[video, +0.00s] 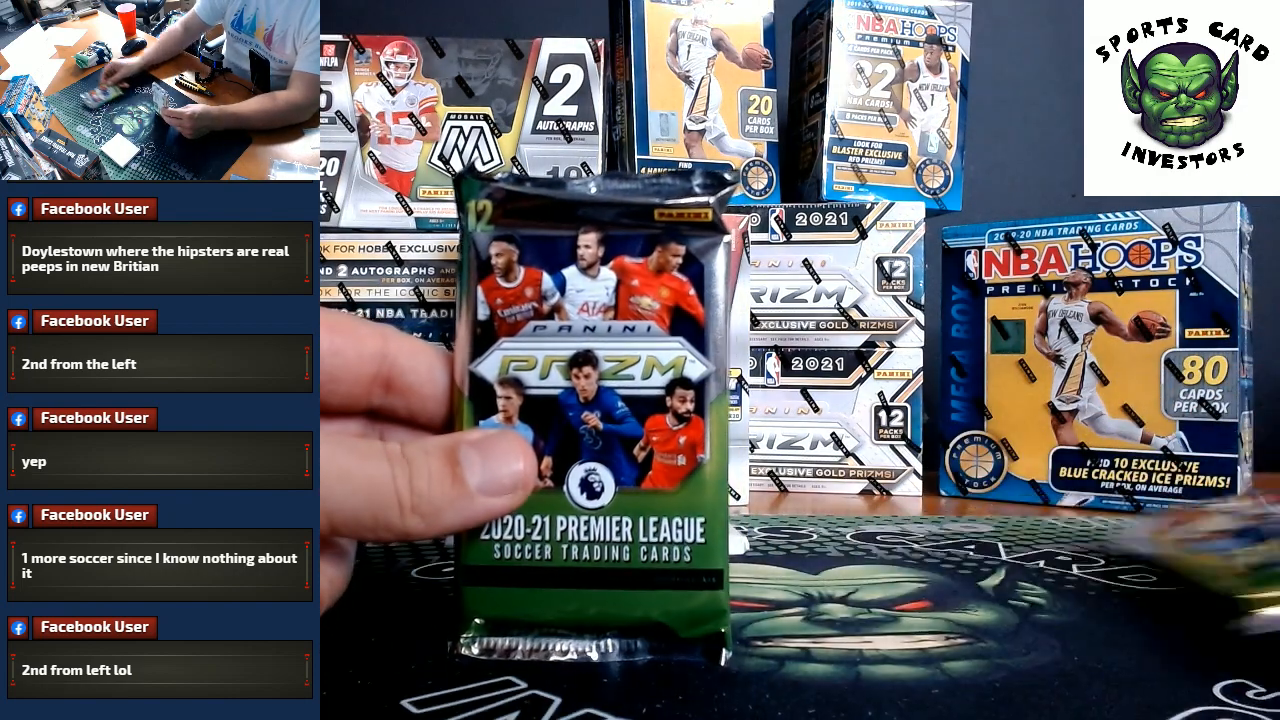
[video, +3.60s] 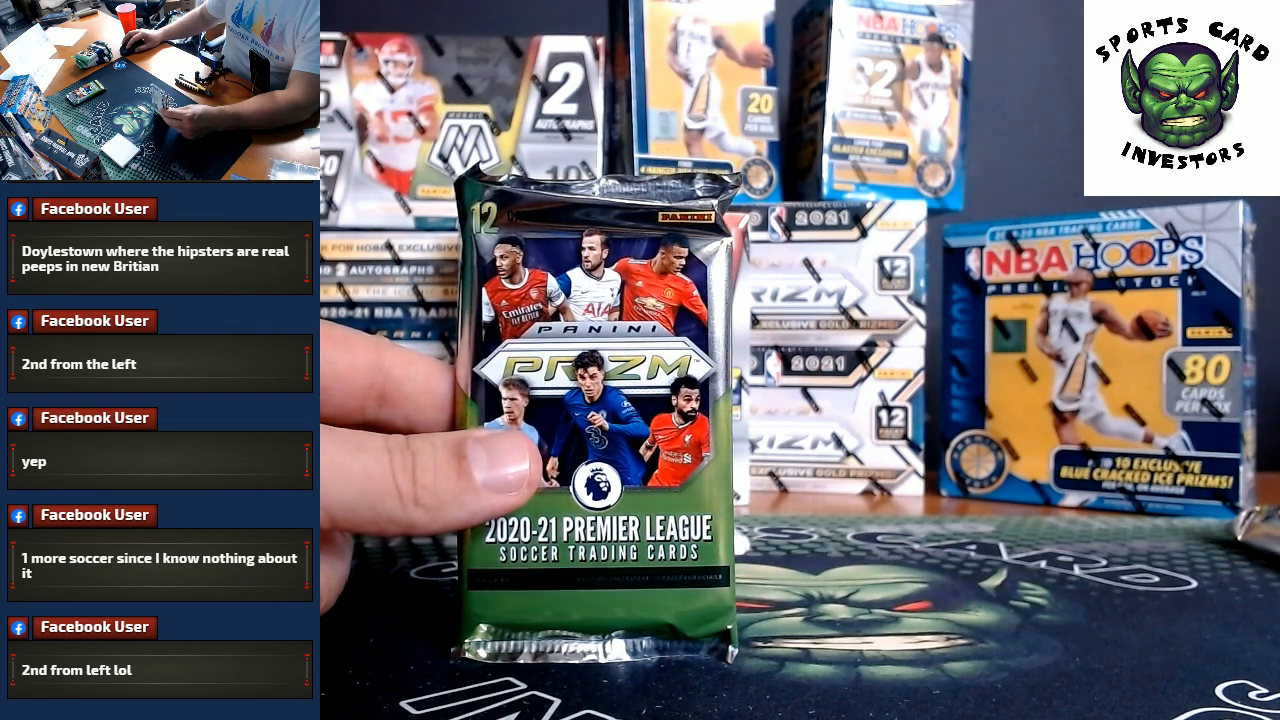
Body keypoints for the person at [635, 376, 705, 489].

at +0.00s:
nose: (688, 407)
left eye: (692, 401)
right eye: (682, 401)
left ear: (695, 402)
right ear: (668, 402)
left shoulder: (698, 426)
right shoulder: (653, 423)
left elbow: (703, 461)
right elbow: (643, 446)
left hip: (681, 492)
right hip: (652, 489)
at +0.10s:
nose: (688, 406)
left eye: (692, 400)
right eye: (682, 400)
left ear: (694, 401)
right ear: (668, 401)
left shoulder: (698, 427)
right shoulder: (653, 422)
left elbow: (704, 463)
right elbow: (642, 447)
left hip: (680, 494)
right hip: (651, 489)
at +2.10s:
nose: (696, 407)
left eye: (699, 401)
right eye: (689, 401)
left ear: (702, 401)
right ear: (676, 402)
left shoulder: (706, 428)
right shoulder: (660, 423)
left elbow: (712, 466)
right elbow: (650, 448)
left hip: (689, 494)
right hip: (659, 489)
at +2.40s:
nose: (696, 408)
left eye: (699, 402)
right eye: (689, 402)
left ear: (701, 402)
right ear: (675, 403)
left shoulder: (706, 429)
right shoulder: (660, 425)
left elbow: (711, 466)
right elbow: (650, 449)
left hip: (689, 494)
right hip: (659, 490)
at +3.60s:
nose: (694, 405)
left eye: (697, 400)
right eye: (687, 400)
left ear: (700, 400)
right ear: (674, 400)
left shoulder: (704, 426)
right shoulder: (659, 422)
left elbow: (709, 461)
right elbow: (648, 446)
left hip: (687, 491)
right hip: (658, 487)